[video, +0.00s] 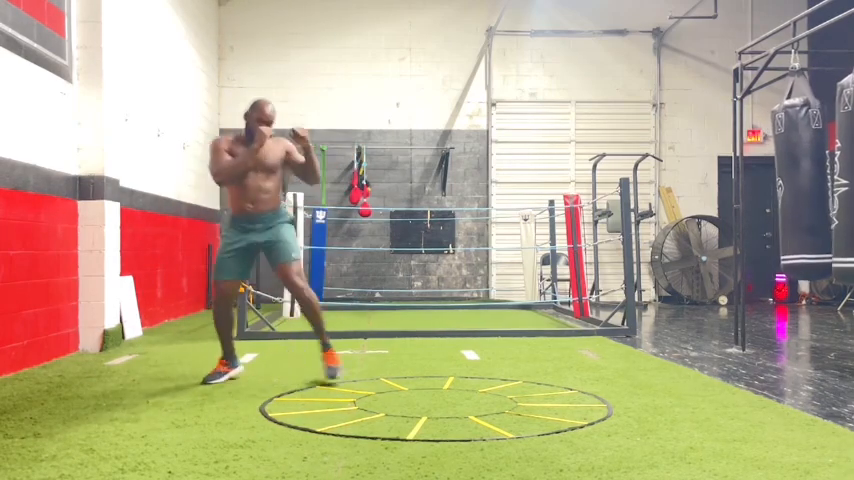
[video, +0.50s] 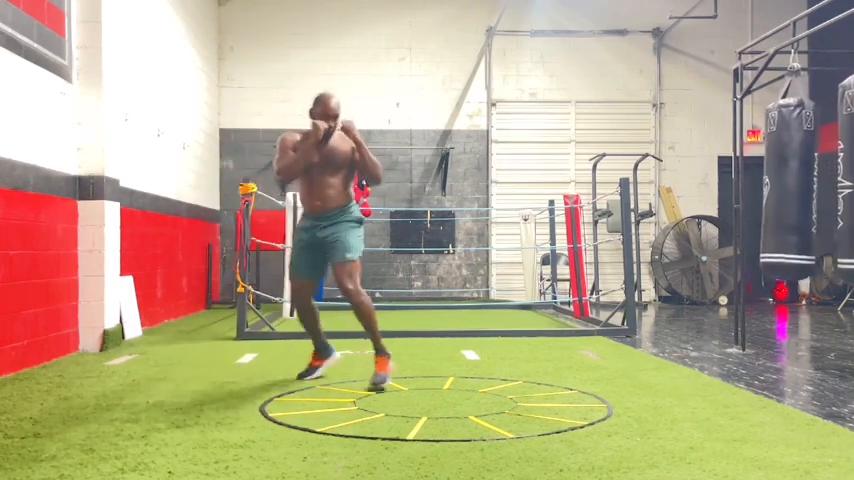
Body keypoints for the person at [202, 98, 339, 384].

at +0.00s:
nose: (265, 128)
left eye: (270, 125)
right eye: (261, 123)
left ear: (274, 124)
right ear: (247, 118)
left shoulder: (282, 146)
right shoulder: (224, 144)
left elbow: (312, 178)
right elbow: (220, 177)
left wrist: (307, 150)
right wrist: (254, 149)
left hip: (275, 223)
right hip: (239, 227)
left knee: (295, 283)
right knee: (223, 294)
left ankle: (327, 347)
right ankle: (229, 361)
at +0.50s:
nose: (328, 124)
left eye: (333, 120)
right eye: (323, 119)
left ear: (339, 117)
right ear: (311, 114)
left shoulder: (349, 142)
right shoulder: (291, 140)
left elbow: (375, 177)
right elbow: (283, 175)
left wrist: (357, 139)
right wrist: (313, 143)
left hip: (343, 221)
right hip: (309, 224)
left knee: (349, 286)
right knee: (300, 298)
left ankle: (382, 353)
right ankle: (323, 351)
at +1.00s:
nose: (338, 129)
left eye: (344, 124)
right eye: (334, 123)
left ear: (350, 123)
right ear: (323, 118)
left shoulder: (360, 145)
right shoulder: (304, 142)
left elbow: (382, 183)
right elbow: (290, 177)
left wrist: (364, 144)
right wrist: (319, 148)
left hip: (349, 223)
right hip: (315, 225)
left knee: (350, 287)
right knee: (298, 295)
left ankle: (383, 356)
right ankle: (310, 354)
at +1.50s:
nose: (339, 141)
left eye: (344, 137)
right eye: (335, 136)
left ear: (350, 134)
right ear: (324, 130)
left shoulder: (358, 155)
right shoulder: (304, 155)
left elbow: (384, 195)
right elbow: (297, 192)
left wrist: (366, 167)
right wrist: (324, 164)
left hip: (352, 231)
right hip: (315, 232)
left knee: (373, 289)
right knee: (302, 293)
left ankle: (404, 340)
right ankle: (295, 361)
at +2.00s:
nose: (401, 151)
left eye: (406, 146)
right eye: (397, 145)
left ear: (412, 143)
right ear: (386, 138)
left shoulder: (420, 165)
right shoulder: (366, 158)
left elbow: (440, 203)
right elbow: (353, 196)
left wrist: (427, 186)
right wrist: (385, 179)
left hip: (400, 234)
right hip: (366, 233)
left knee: (413, 291)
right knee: (346, 292)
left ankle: (433, 355)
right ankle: (336, 346)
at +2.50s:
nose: (369, 143)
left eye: (373, 139)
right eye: (365, 138)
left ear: (378, 138)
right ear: (355, 136)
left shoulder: (392, 162)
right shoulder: (341, 161)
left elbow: (410, 197)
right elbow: (327, 194)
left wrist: (395, 177)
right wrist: (352, 173)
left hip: (385, 230)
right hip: (355, 233)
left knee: (397, 285)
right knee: (349, 295)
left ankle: (419, 349)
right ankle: (360, 349)